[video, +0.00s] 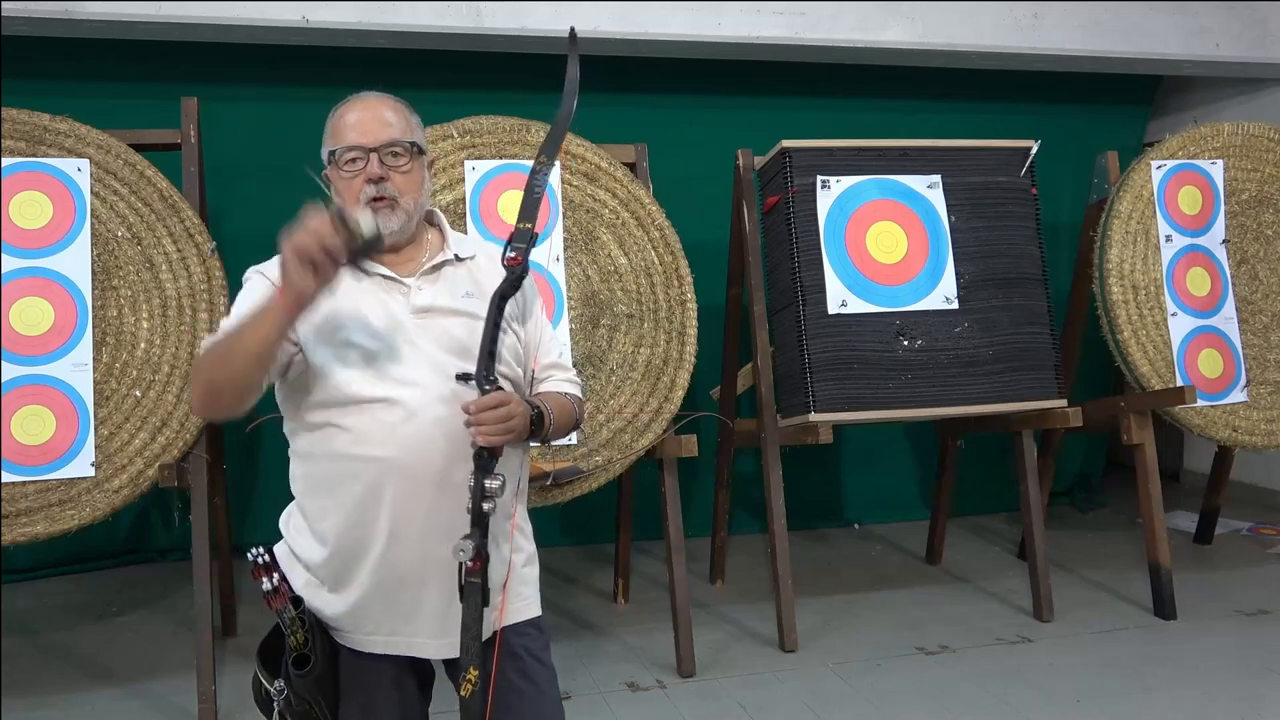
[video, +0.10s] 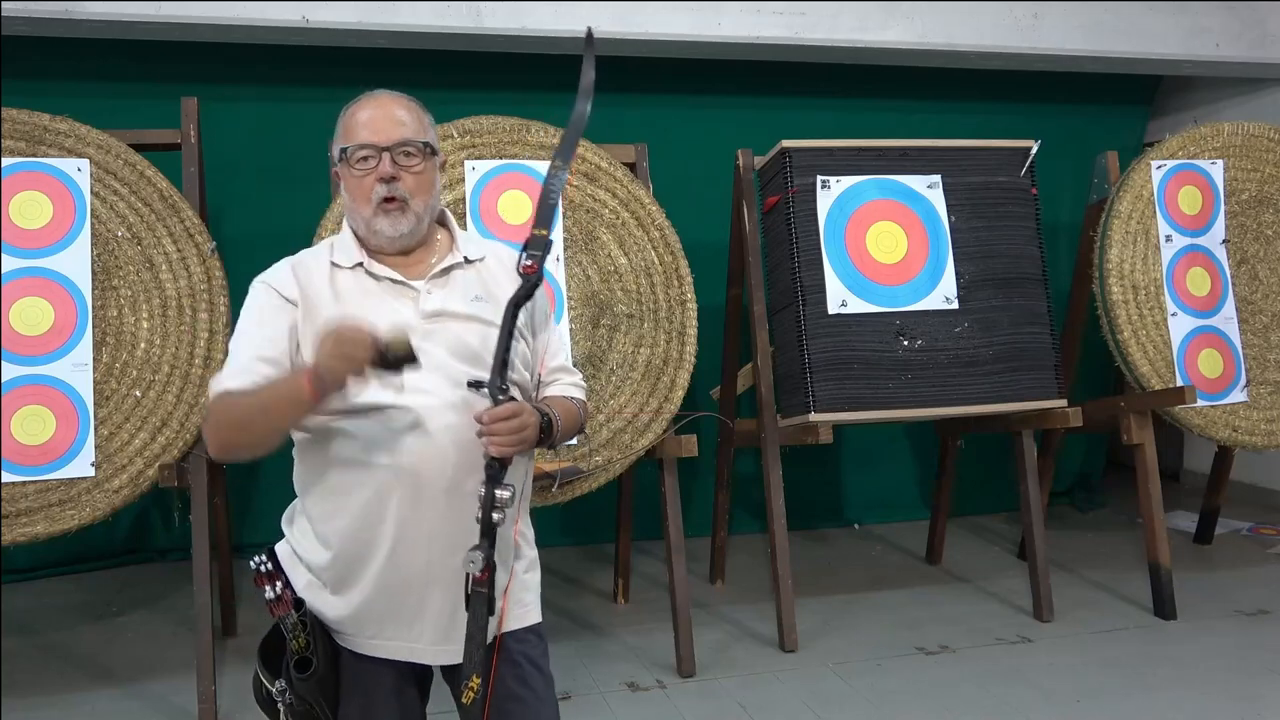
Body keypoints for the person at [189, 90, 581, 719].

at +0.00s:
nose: (376, 173)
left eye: (398, 154)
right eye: (353, 159)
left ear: (427, 168)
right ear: (328, 179)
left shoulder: (499, 274)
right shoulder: (287, 282)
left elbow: (565, 397)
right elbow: (213, 400)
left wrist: (532, 416)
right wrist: (288, 298)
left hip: (495, 592)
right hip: (355, 601)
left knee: (534, 713)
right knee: (369, 711)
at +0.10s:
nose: (388, 172)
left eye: (409, 153)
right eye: (364, 157)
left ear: (438, 169)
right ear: (338, 180)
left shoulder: (514, 277)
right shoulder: (290, 288)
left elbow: (569, 395)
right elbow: (222, 435)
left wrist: (542, 421)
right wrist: (318, 378)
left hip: (497, 599)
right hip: (357, 607)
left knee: (529, 712)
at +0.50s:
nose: (461, 170)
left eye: (485, 152)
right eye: (438, 149)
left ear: (512, 169)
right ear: (405, 159)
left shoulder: (555, 282)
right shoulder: (340, 268)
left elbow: (601, 403)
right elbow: (283, 438)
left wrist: (596, 447)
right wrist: (363, 339)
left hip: (527, 615)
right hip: (382, 618)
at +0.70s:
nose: (559, 169)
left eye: (563, 150)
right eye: (535, 146)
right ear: (460, 156)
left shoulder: (577, 285)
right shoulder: (364, 262)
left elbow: (607, 420)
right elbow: (294, 430)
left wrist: (622, 453)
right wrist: (407, 327)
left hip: (550, 631)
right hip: (402, 633)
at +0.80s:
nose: (583, 175)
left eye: (581, 157)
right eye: (569, 154)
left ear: (503, 162)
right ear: (497, 160)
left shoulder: (577, 285)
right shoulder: (373, 262)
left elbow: (595, 423)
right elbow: (297, 444)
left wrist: (626, 451)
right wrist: (436, 402)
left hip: (562, 636)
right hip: (415, 648)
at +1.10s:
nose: (561, 183)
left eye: (564, 164)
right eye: (558, 162)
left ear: (509, 164)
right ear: (515, 164)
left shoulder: (510, 270)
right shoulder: (371, 269)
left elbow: (495, 429)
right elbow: (289, 464)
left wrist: (614, 427)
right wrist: (464, 487)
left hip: (538, 665)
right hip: (423, 674)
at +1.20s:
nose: (547, 177)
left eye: (547, 156)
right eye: (540, 154)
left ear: (480, 161)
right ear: (481, 158)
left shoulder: (478, 268)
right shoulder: (361, 275)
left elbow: (477, 423)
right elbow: (304, 482)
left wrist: (600, 419)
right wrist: (489, 452)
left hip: (517, 669)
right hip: (403, 682)